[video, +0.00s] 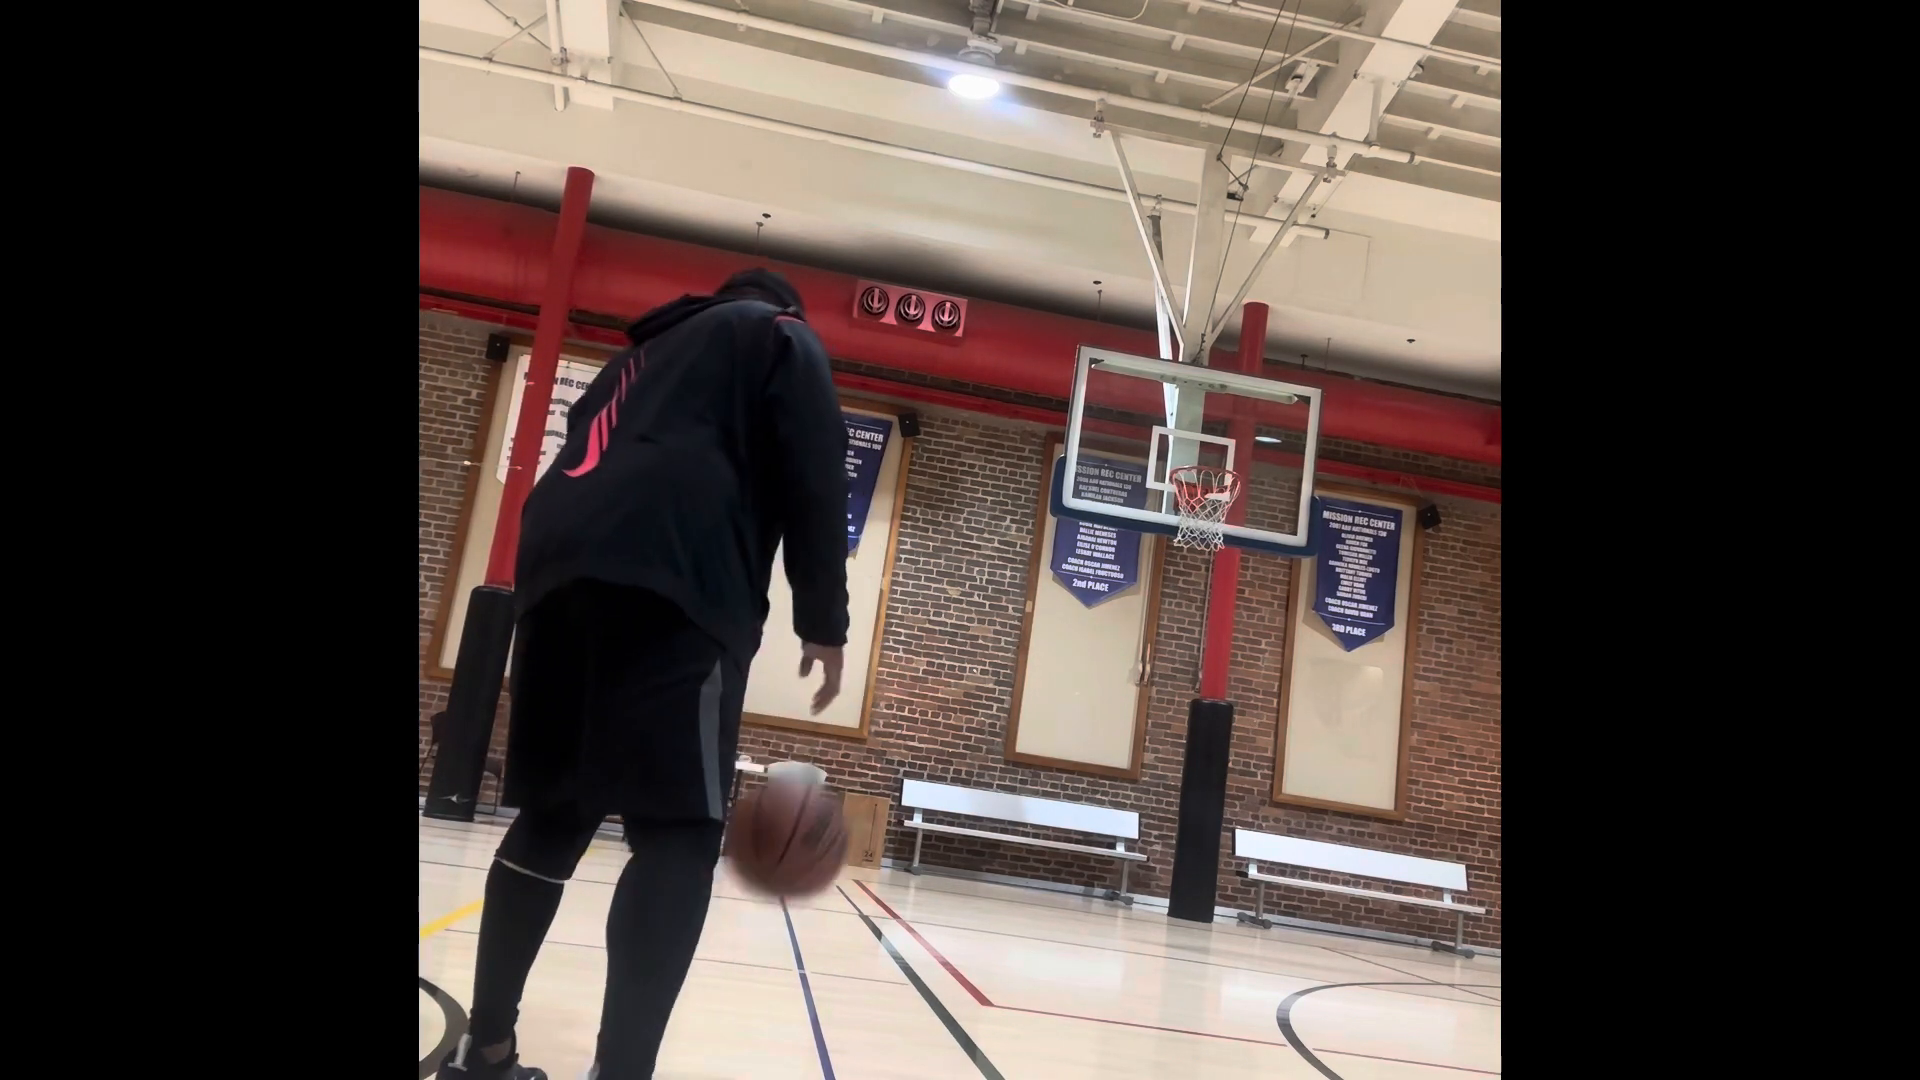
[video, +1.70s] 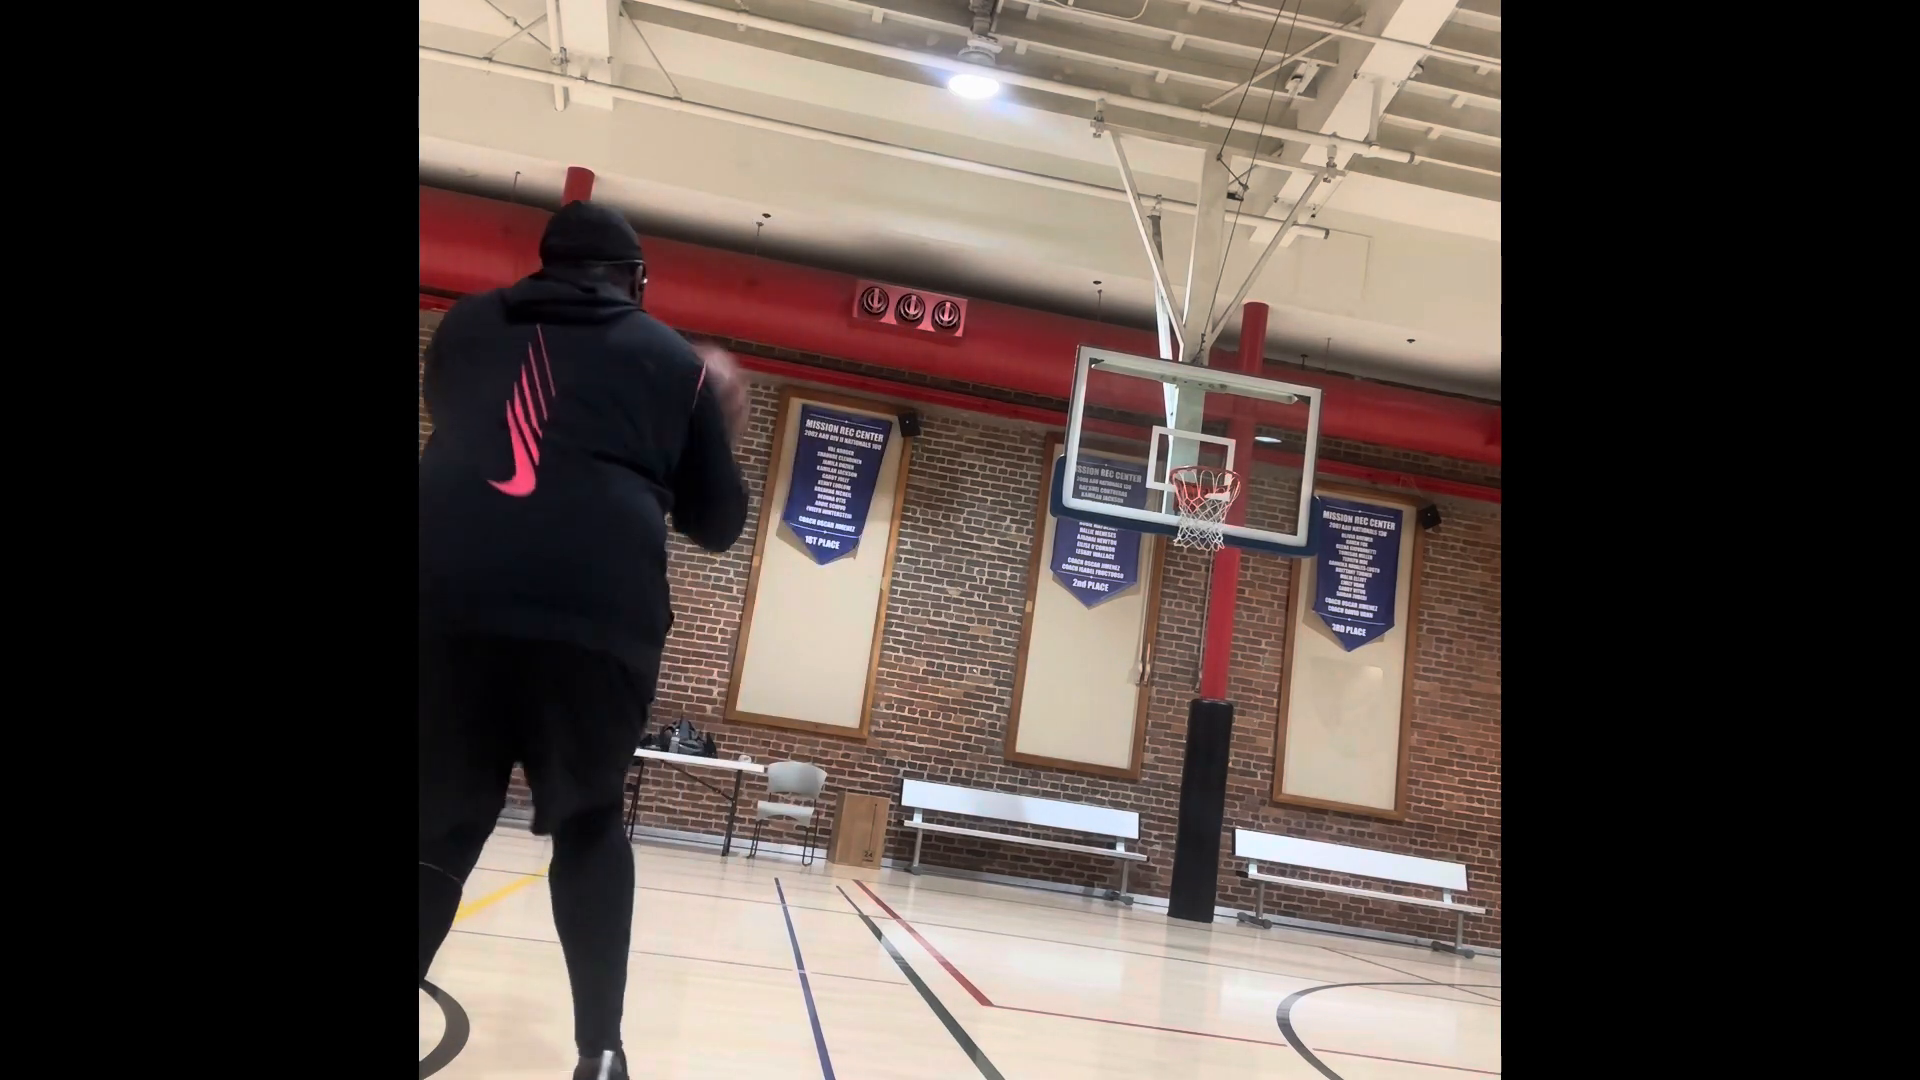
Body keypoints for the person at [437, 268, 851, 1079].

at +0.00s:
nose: (798, 334)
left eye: (795, 323)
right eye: (797, 323)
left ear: (718, 297)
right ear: (780, 309)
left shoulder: (636, 355)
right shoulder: (783, 335)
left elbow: (567, 470)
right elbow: (815, 475)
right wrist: (825, 621)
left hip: (559, 577)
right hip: (675, 586)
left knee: (555, 809)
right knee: (678, 833)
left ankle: (485, 1043)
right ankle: (622, 1067)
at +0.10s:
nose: (822, 327)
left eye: (819, 315)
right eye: (823, 315)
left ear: (743, 283)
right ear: (810, 301)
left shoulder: (640, 349)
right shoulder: (801, 332)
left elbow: (575, 482)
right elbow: (837, 489)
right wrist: (864, 648)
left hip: (564, 593)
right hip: (686, 602)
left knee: (547, 825)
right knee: (676, 860)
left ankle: (484, 1046)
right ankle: (618, 1068)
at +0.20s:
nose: (861, 320)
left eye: (864, 310)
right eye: (863, 308)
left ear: (774, 268)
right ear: (846, 288)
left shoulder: (666, 333)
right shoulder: (831, 319)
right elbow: (867, 474)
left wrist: (788, 618)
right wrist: (904, 618)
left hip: (566, 575)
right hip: (692, 588)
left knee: (531, 827)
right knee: (689, 866)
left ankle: (473, 1048)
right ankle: (618, 1070)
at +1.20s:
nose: (767, 265)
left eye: (767, 254)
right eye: (765, 252)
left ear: (661, 227)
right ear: (749, 242)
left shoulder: (562, 284)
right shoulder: (760, 294)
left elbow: (498, 417)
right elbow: (793, 448)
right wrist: (741, 599)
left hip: (462, 538)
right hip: (619, 554)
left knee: (441, 821)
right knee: (607, 845)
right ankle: (585, 1069)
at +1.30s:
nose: (726, 268)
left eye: (722, 258)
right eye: (727, 256)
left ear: (621, 230)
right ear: (711, 249)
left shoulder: (522, 294)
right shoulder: (736, 309)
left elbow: (469, 424)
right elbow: (774, 471)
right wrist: (693, 591)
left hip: (454, 553)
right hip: (615, 568)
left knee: (438, 820)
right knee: (605, 847)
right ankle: (586, 1069)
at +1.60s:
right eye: (647, 268)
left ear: (555, 253)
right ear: (642, 270)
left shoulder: (466, 316)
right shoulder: (681, 348)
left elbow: (424, 432)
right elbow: (712, 518)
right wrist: (637, 544)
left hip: (445, 585)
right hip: (598, 601)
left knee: (435, 816)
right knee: (603, 813)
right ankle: (605, 1038)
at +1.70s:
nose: (636, 287)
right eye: (636, 276)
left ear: (545, 265)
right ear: (631, 277)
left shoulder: (466, 325)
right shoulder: (674, 365)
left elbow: (447, 408)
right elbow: (717, 522)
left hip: (446, 603)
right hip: (596, 618)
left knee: (439, 828)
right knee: (588, 822)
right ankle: (599, 1052)